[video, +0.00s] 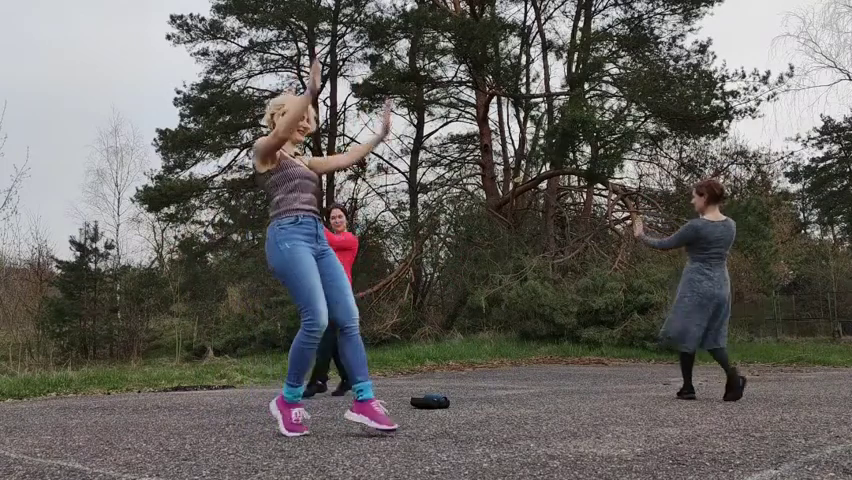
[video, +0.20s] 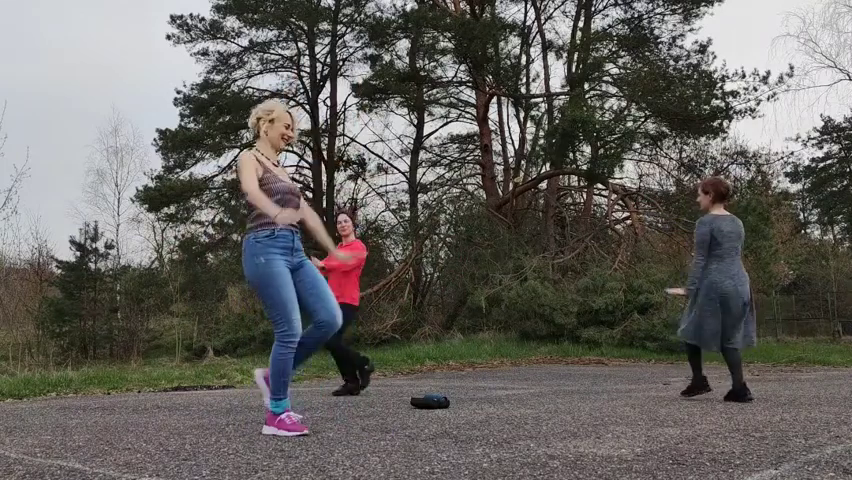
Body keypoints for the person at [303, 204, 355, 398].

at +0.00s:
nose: (337, 220)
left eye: (340, 217)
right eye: (333, 218)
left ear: (346, 219)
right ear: (329, 222)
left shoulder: (351, 239)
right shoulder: (327, 238)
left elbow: (331, 241)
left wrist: (318, 225)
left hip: (342, 294)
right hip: (327, 293)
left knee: (329, 336)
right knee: (332, 337)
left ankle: (318, 379)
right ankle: (346, 378)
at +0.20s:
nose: (342, 225)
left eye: (345, 222)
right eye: (339, 223)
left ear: (353, 224)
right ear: (336, 227)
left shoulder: (359, 247)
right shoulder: (337, 249)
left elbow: (348, 263)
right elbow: (328, 270)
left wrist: (323, 264)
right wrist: (317, 267)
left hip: (348, 300)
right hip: (333, 299)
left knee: (332, 339)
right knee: (333, 341)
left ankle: (362, 363)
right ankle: (350, 380)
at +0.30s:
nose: (345, 221)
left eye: (348, 218)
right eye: (342, 219)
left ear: (356, 223)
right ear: (339, 225)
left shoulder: (360, 245)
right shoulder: (339, 249)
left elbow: (355, 271)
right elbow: (326, 275)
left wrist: (337, 286)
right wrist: (304, 291)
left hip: (350, 299)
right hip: (335, 299)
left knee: (346, 342)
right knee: (339, 342)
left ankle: (380, 364)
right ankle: (352, 383)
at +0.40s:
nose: (347, 216)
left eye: (351, 214)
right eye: (344, 214)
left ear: (357, 221)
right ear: (339, 220)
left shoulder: (359, 241)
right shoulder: (340, 244)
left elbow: (362, 270)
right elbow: (336, 277)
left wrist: (359, 296)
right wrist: (326, 302)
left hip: (355, 298)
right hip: (340, 300)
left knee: (362, 341)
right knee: (347, 343)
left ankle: (390, 370)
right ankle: (352, 382)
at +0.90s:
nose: (346, 222)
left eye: (350, 219)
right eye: (344, 219)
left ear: (357, 222)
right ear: (340, 222)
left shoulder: (359, 241)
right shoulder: (346, 242)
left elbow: (362, 270)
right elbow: (348, 271)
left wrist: (358, 294)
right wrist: (344, 294)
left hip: (357, 298)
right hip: (347, 299)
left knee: (358, 340)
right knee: (349, 341)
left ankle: (390, 371)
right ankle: (361, 380)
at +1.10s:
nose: (342, 228)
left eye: (346, 225)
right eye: (339, 225)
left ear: (352, 227)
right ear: (337, 228)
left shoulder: (354, 244)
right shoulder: (343, 247)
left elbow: (354, 270)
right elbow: (338, 282)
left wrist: (345, 289)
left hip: (348, 301)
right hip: (341, 301)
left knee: (326, 337)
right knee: (346, 341)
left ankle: (347, 374)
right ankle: (362, 379)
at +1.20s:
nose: (338, 227)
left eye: (342, 224)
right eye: (335, 224)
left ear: (348, 226)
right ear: (332, 226)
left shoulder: (348, 240)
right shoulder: (337, 244)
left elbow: (351, 267)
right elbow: (333, 281)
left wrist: (348, 289)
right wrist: (316, 297)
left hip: (341, 299)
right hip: (339, 299)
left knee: (318, 336)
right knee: (347, 340)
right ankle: (362, 380)